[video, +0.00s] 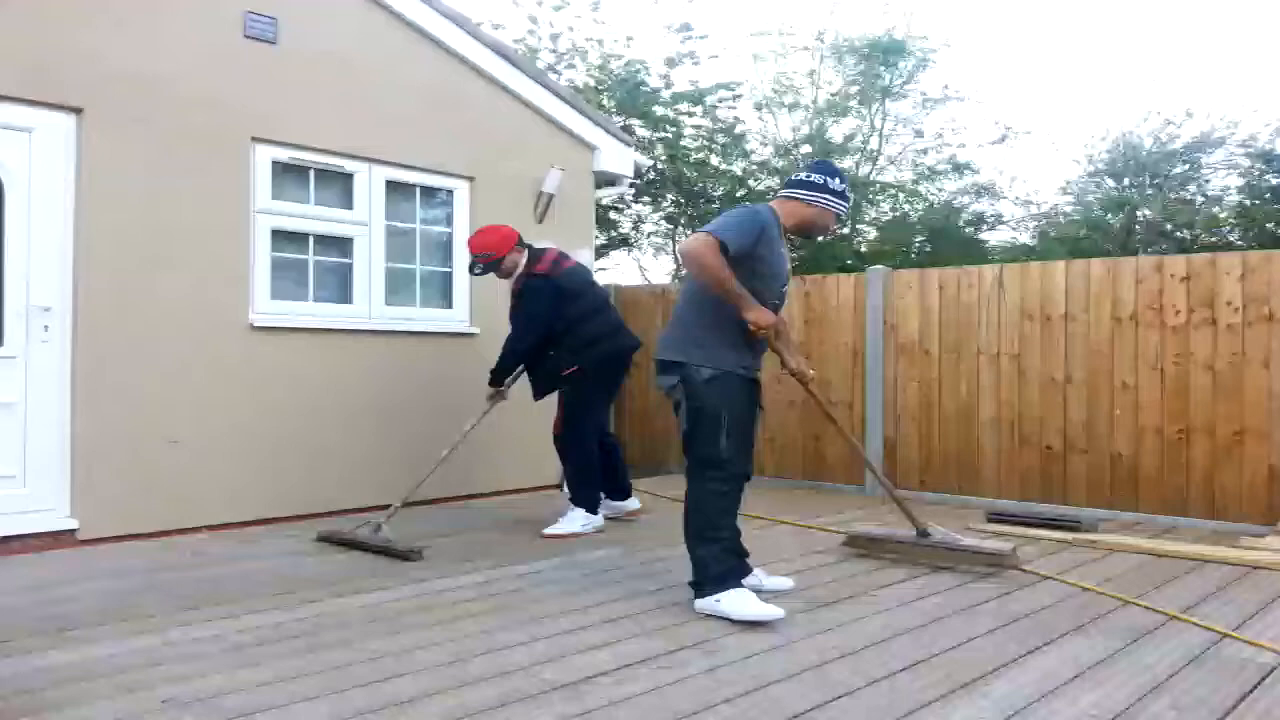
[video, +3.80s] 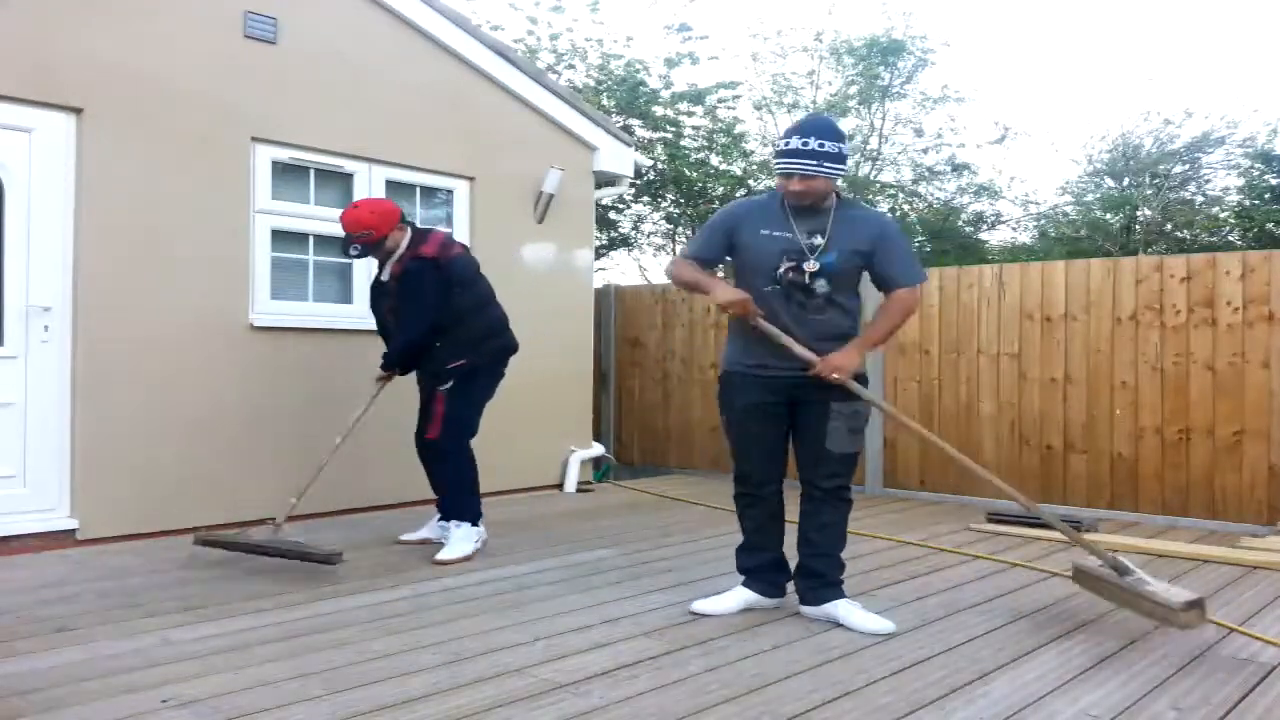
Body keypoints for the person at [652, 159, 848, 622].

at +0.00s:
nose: (832, 227)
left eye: (837, 219)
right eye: (835, 216)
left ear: (808, 199)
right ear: (816, 200)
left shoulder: (776, 245)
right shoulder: (757, 217)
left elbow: (768, 313)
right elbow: (696, 248)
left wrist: (791, 357)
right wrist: (746, 304)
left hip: (732, 368)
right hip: (707, 365)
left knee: (729, 472)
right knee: (714, 474)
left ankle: (733, 570)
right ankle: (713, 586)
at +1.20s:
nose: (896, 222)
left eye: (900, 213)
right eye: (897, 211)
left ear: (868, 196)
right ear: (877, 197)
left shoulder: (840, 255)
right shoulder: (807, 214)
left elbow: (828, 320)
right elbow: (753, 262)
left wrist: (838, 367)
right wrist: (800, 319)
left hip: (799, 374)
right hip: (749, 366)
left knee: (801, 477)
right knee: (750, 476)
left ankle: (803, 579)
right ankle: (722, 587)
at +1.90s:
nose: (863, 211)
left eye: (868, 204)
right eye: (865, 200)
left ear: (838, 186)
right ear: (842, 186)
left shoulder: (818, 246)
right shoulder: (770, 209)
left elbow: (821, 304)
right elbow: (703, 248)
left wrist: (839, 340)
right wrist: (783, 280)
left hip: (790, 377)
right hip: (736, 370)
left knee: (787, 483)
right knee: (729, 482)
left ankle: (803, 580)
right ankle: (704, 591)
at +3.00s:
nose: (917, 204)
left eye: (923, 195)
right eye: (915, 191)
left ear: (900, 184)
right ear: (887, 175)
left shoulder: (892, 241)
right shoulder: (794, 206)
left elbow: (890, 310)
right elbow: (708, 232)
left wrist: (872, 340)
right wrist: (774, 256)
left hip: (833, 381)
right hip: (759, 369)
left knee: (820, 490)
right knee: (737, 482)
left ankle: (820, 594)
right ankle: (714, 592)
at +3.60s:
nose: (874, 198)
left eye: (882, 188)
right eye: (865, 186)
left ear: (887, 183)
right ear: (835, 173)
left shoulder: (888, 236)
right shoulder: (768, 213)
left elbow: (912, 309)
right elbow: (702, 270)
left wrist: (887, 377)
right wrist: (759, 315)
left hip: (838, 386)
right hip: (758, 378)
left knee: (831, 489)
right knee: (755, 484)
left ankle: (822, 593)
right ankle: (762, 583)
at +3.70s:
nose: (822, 190)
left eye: (836, 180)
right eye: (812, 177)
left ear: (856, 179)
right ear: (796, 169)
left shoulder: (877, 229)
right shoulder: (752, 215)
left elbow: (913, 298)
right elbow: (692, 270)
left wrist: (877, 363)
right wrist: (739, 298)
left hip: (836, 381)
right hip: (756, 378)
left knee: (830, 489)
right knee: (756, 484)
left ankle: (822, 593)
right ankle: (762, 584)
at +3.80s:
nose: (794, 185)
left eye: (807, 177)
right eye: (787, 174)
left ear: (835, 175)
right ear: (777, 167)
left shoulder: (869, 226)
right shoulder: (742, 216)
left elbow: (908, 292)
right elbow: (681, 266)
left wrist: (858, 349)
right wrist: (716, 286)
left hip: (830, 380)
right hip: (753, 377)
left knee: (828, 488)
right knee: (755, 484)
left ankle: (822, 593)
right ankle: (762, 584)